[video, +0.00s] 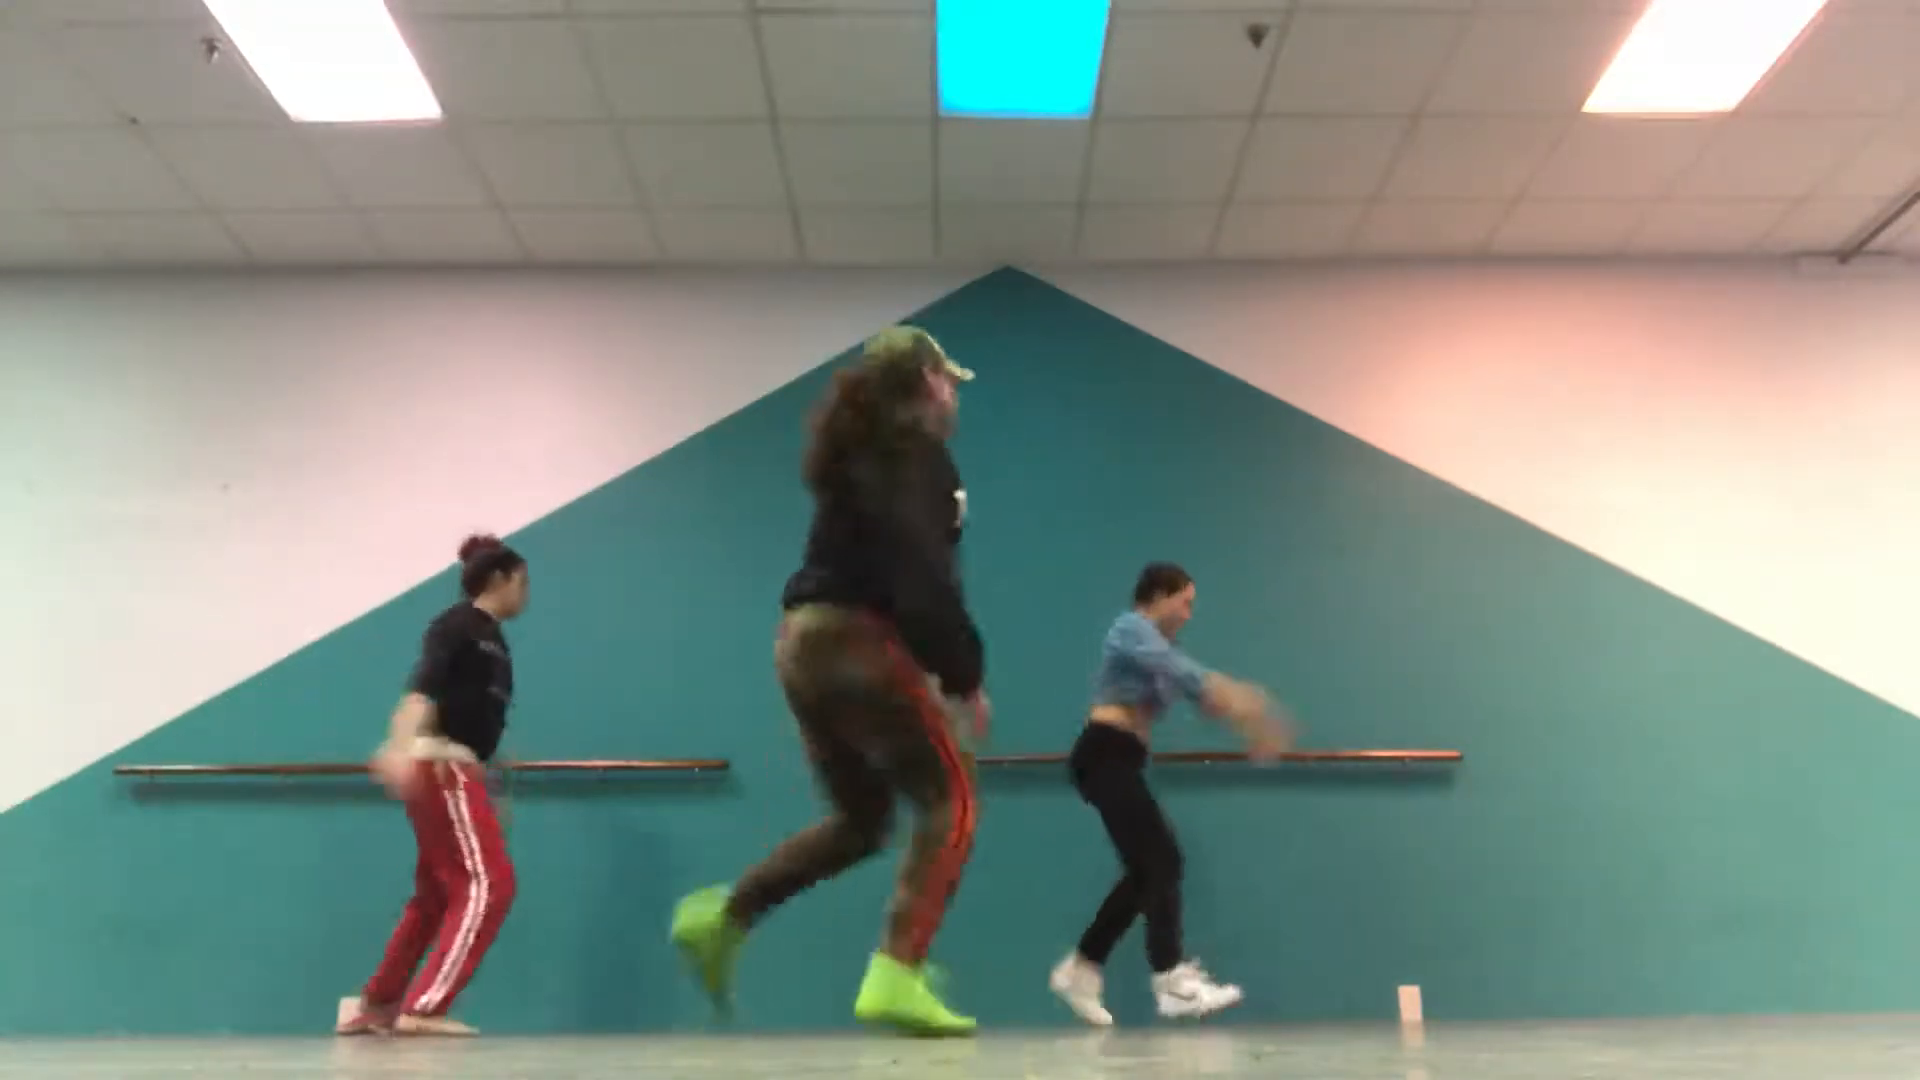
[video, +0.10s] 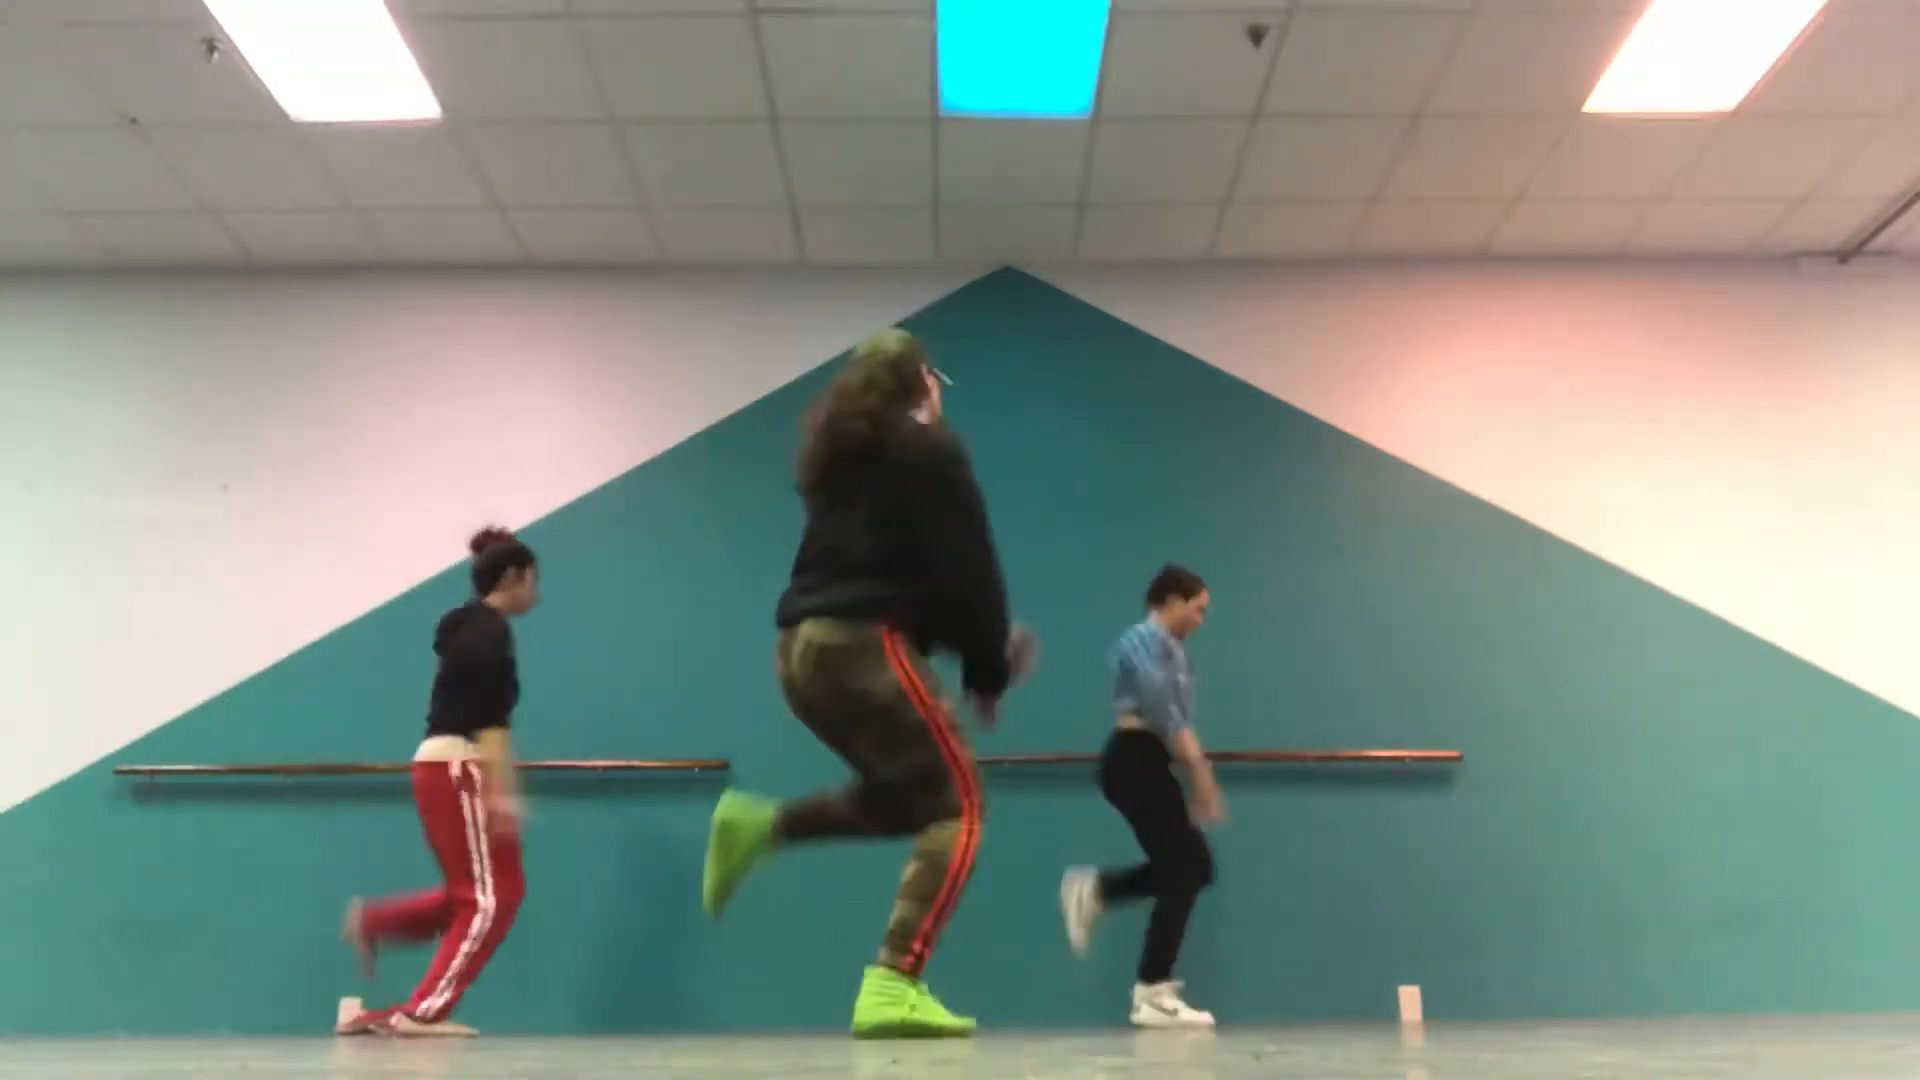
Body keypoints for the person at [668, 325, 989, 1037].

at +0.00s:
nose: (957, 395)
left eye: (952, 382)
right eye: (948, 383)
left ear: (894, 388)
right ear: (925, 386)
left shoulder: (859, 445)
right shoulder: (912, 452)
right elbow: (921, 579)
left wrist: (948, 674)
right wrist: (967, 679)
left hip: (802, 631)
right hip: (853, 632)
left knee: (861, 820)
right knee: (950, 802)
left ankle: (725, 918)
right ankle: (898, 973)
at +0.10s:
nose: (941, 389)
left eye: (935, 378)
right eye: (934, 378)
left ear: (868, 389)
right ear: (916, 388)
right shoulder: (929, 448)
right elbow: (968, 568)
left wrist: (983, 645)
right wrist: (988, 671)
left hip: (800, 652)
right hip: (863, 649)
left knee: (905, 804)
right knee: (958, 809)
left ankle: (762, 825)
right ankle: (895, 980)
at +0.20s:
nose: (926, 370)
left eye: (917, 362)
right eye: (922, 361)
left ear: (849, 370)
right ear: (912, 362)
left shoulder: (835, 438)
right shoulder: (938, 422)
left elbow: (897, 537)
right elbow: (991, 529)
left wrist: (1010, 550)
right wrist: (983, 608)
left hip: (798, 618)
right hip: (868, 613)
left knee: (894, 768)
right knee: (934, 796)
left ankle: (784, 812)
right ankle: (893, 980)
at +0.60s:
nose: (857, 399)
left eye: (848, 387)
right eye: (882, 380)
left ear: (837, 391)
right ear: (899, 384)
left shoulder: (819, 458)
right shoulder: (944, 437)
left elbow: (819, 533)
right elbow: (996, 520)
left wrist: (881, 519)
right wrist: (926, 524)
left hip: (819, 620)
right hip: (905, 620)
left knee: (878, 794)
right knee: (873, 795)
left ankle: (917, 977)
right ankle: (769, 948)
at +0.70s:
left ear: (848, 414)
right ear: (908, 408)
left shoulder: (832, 471)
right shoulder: (955, 455)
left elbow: (813, 561)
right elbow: (1016, 528)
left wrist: (861, 587)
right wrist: (953, 535)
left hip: (863, 657)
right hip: (952, 653)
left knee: (885, 827)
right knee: (994, 814)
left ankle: (873, 988)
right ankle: (906, 903)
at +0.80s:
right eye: (915, 407)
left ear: (866, 417)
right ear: (928, 410)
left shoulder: (856, 469)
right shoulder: (975, 450)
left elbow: (822, 556)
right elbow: (1033, 511)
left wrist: (884, 548)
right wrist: (973, 535)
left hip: (892, 649)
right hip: (985, 643)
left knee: (884, 820)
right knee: (1042, 802)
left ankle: (874, 979)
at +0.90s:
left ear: (891, 425)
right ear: (952, 417)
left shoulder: (879, 475)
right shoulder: (998, 455)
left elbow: (846, 559)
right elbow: (1049, 518)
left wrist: (902, 524)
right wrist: (990, 530)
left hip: (927, 653)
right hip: (1023, 648)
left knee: (873, 805)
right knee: (1082, 801)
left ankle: (854, 955)